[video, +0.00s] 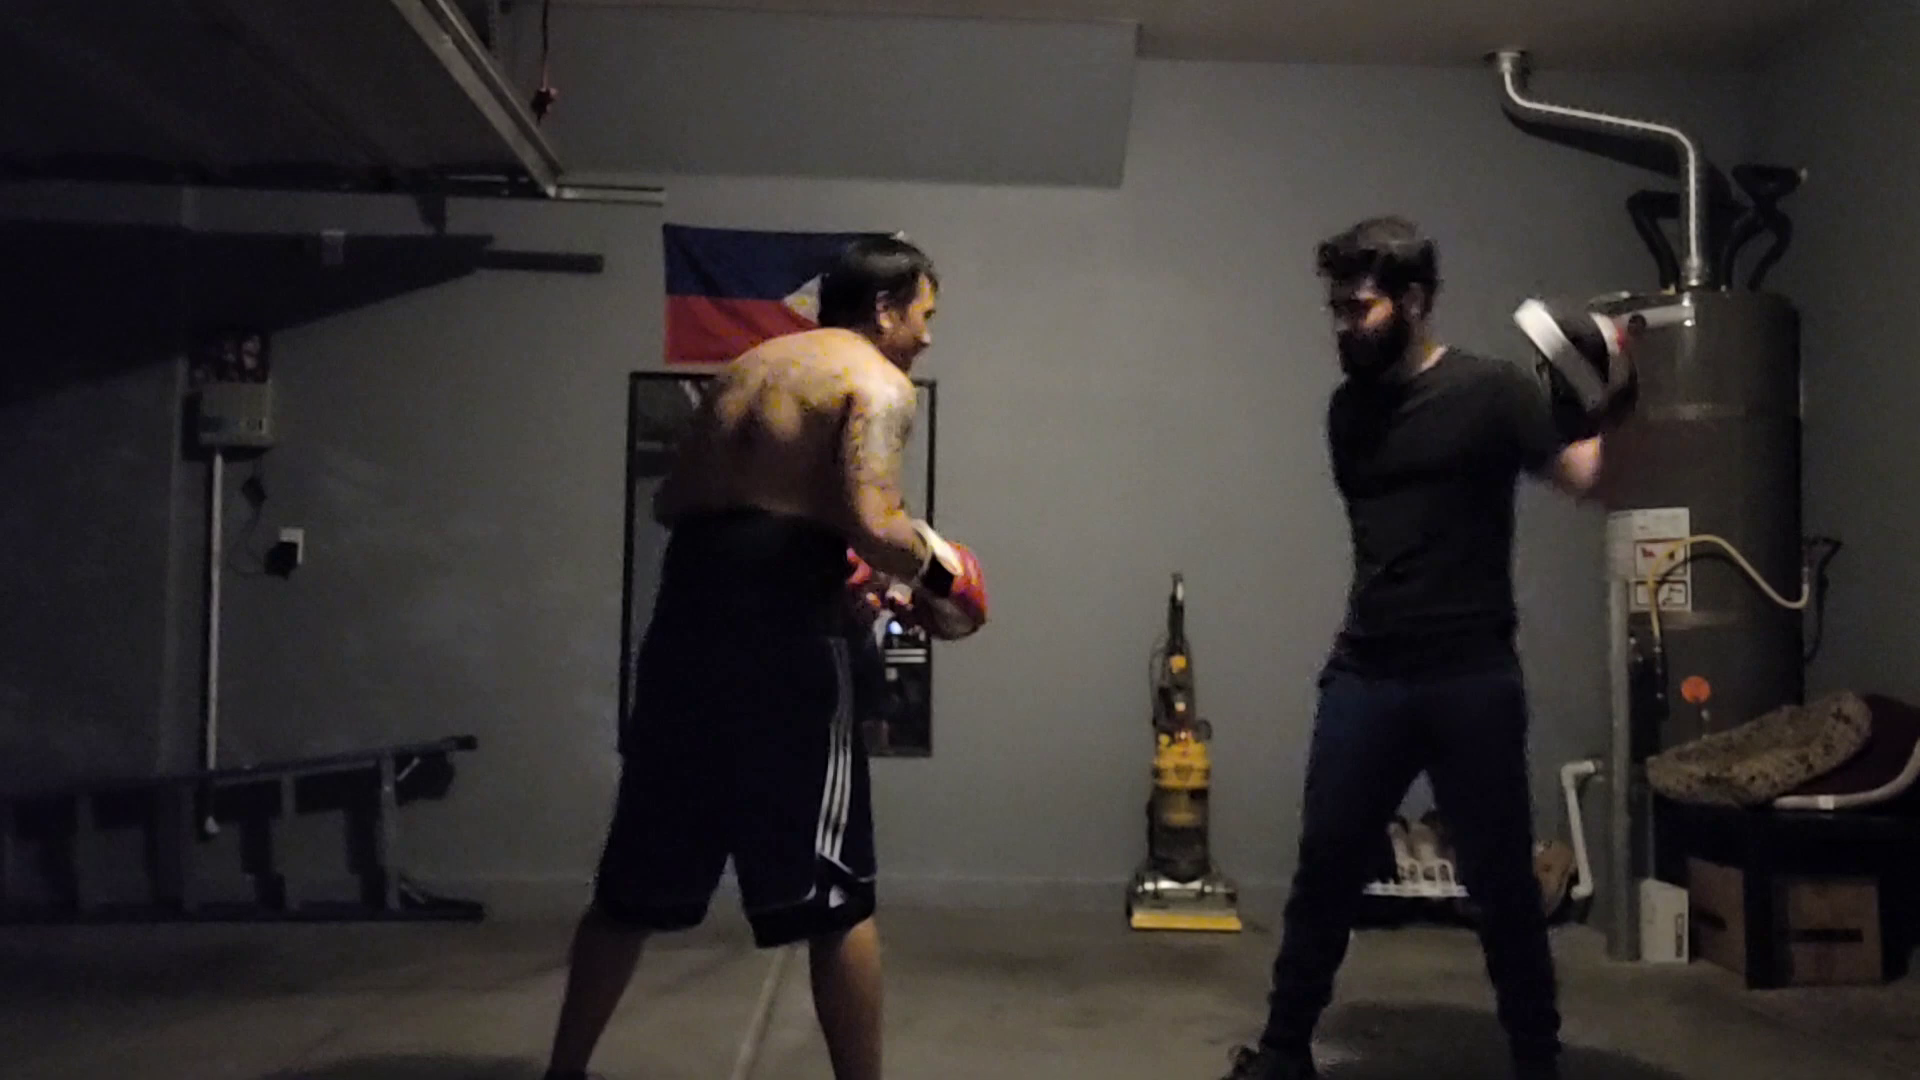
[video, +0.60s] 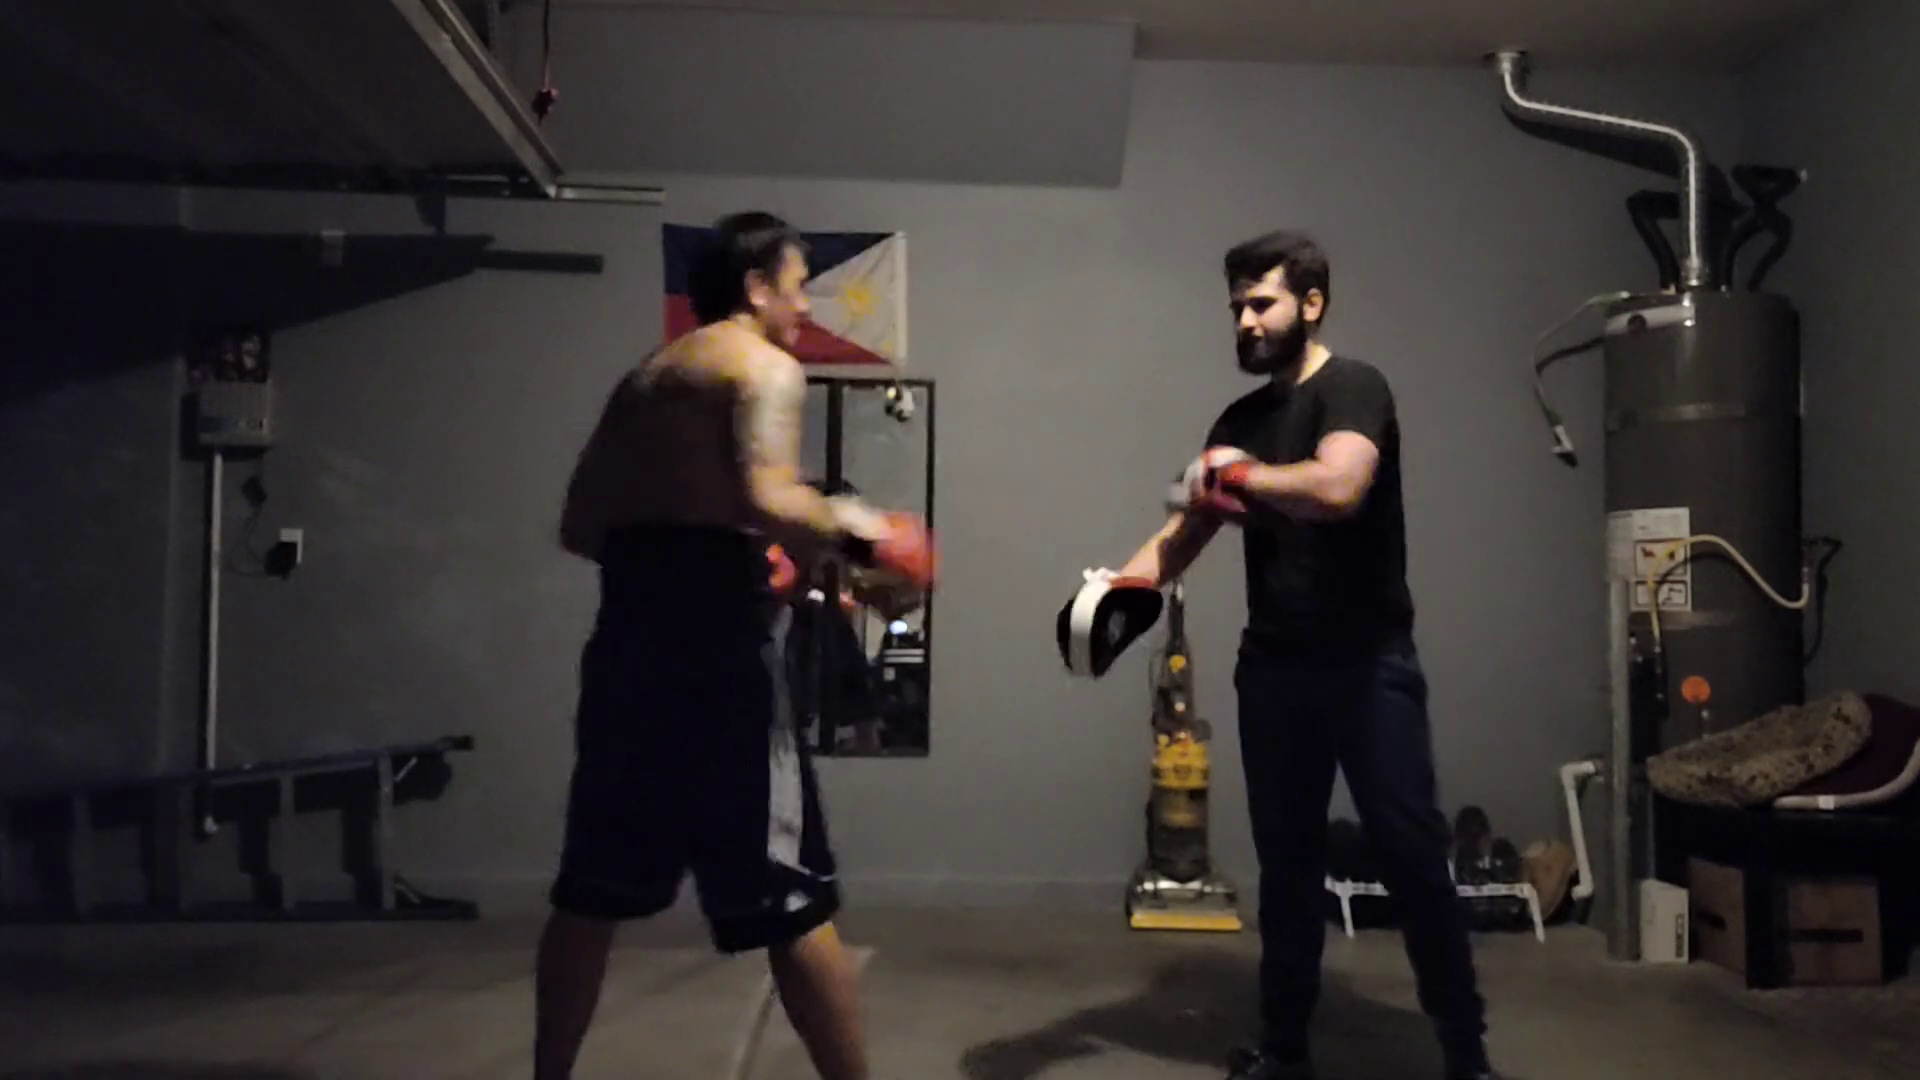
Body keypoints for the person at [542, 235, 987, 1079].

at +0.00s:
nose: (929, 334)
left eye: (931, 315)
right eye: (923, 315)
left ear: (848, 305)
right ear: (886, 309)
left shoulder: (749, 363)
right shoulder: (878, 380)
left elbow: (684, 499)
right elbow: (872, 521)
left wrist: (833, 565)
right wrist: (936, 567)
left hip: (686, 653)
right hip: (791, 661)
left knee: (631, 882)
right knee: (839, 898)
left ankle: (563, 1068)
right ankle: (862, 1073)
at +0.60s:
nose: (804, 307)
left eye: (805, 289)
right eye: (797, 288)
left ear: (713, 287)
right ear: (754, 287)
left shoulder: (642, 376)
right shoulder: (765, 365)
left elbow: (583, 526)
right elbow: (769, 494)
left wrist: (722, 561)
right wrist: (862, 528)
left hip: (627, 662)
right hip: (726, 663)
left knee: (589, 891)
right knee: (793, 903)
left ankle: (550, 1071)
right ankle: (851, 1071)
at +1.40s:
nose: (874, 317)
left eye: (872, 299)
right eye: (866, 299)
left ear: (781, 297)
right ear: (828, 299)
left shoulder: (702, 376)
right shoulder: (825, 378)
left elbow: (699, 535)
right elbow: (847, 516)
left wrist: (828, 578)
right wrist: (928, 541)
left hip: (681, 674)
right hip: (790, 679)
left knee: (622, 890)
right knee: (865, 896)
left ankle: (562, 1072)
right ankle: (898, 1072)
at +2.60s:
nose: (840, 299)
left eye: (833, 283)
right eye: (833, 284)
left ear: (748, 291)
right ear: (804, 288)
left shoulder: (694, 383)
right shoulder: (828, 361)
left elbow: (708, 526)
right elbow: (933, 477)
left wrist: (843, 544)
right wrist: (940, 426)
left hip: (709, 661)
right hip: (823, 658)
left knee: (649, 892)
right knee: (951, 848)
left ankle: (583, 1071)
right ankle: (984, 1049)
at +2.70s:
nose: (889, 282)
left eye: (884, 267)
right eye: (882, 269)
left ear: (790, 280)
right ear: (851, 278)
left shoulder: (723, 375)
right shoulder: (897, 346)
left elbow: (674, 521)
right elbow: (1044, 396)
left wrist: (760, 498)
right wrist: (1029, 337)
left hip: (752, 650)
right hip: (869, 646)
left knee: (673, 878)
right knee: (966, 871)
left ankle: (596, 1067)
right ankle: (1009, 1068)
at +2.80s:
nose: (943, 277)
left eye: (938, 264)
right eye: (936, 265)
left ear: (845, 281)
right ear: (910, 274)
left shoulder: (779, 364)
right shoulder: (957, 343)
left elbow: (735, 513)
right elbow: (1094, 372)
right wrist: (1090, 322)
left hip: (794, 642)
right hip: (905, 643)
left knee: (730, 861)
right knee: (991, 880)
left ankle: (625, 1050)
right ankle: (1021, 1072)